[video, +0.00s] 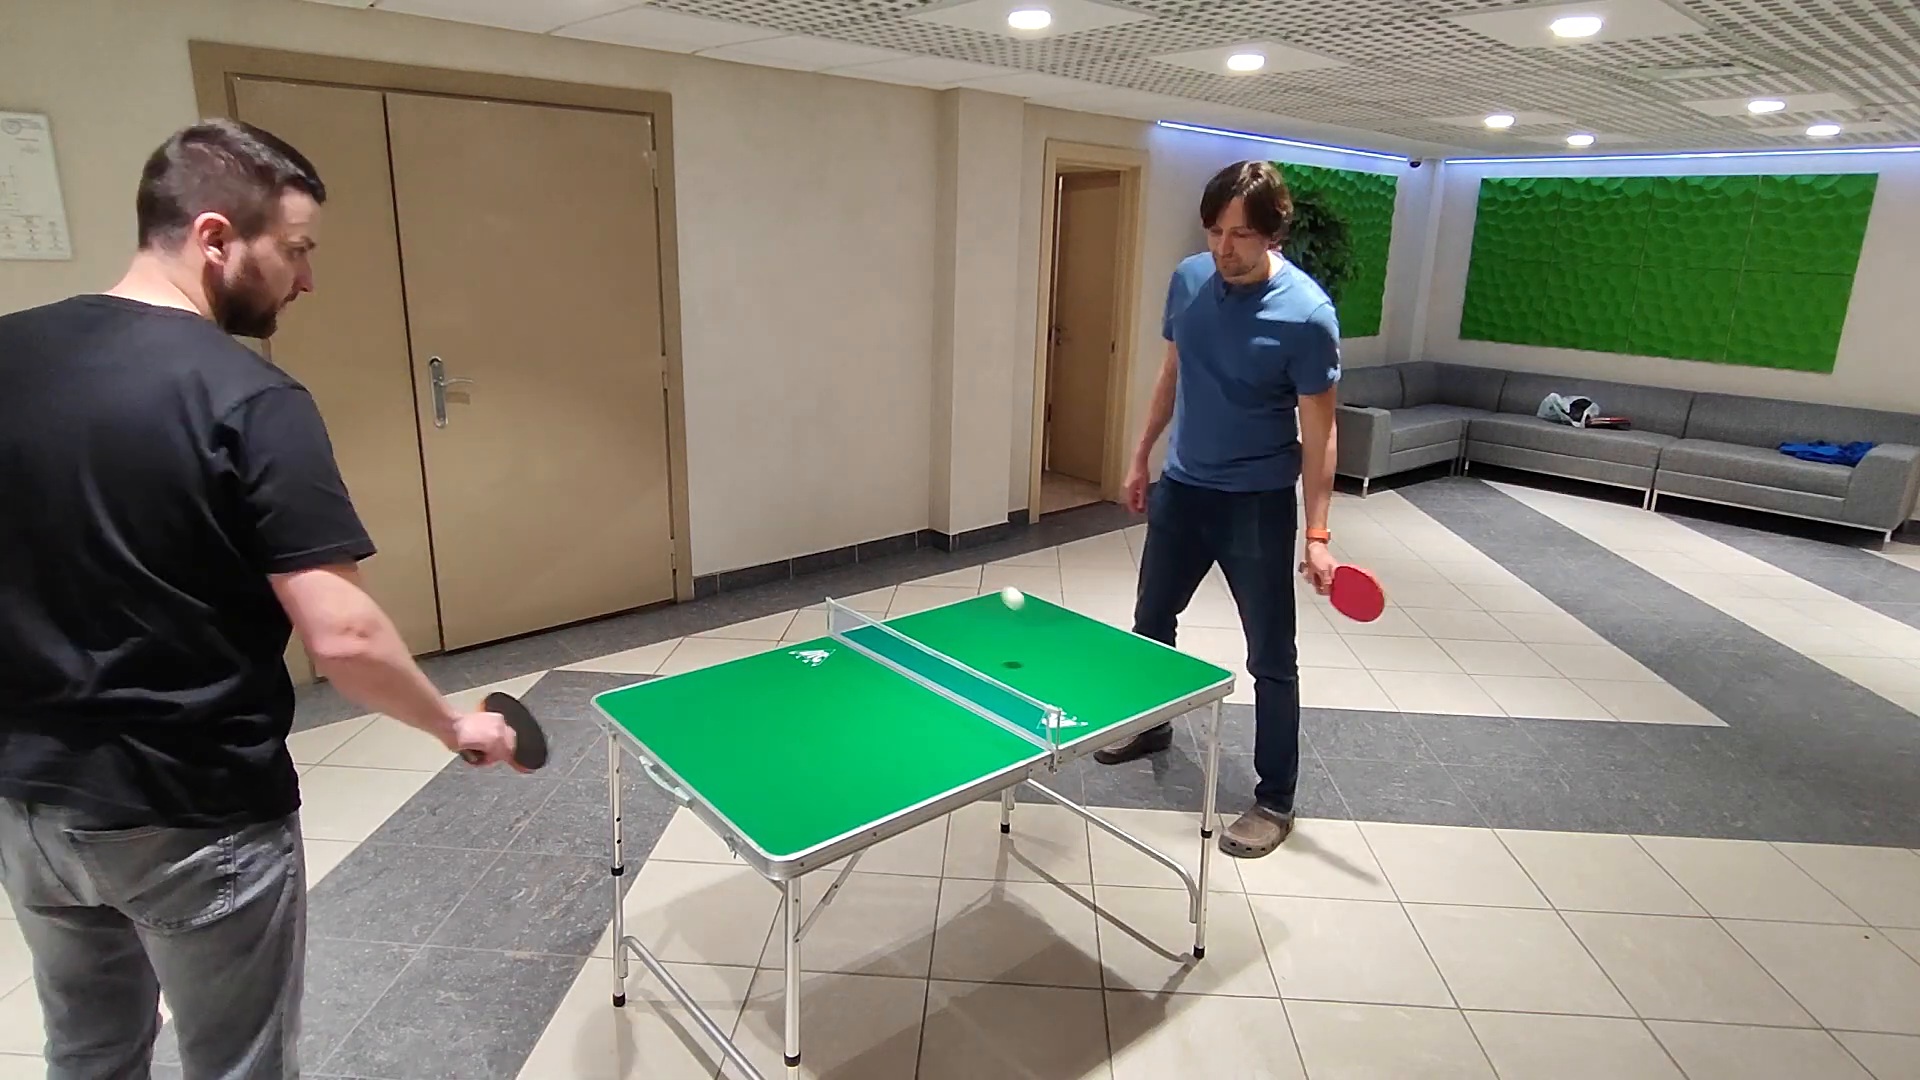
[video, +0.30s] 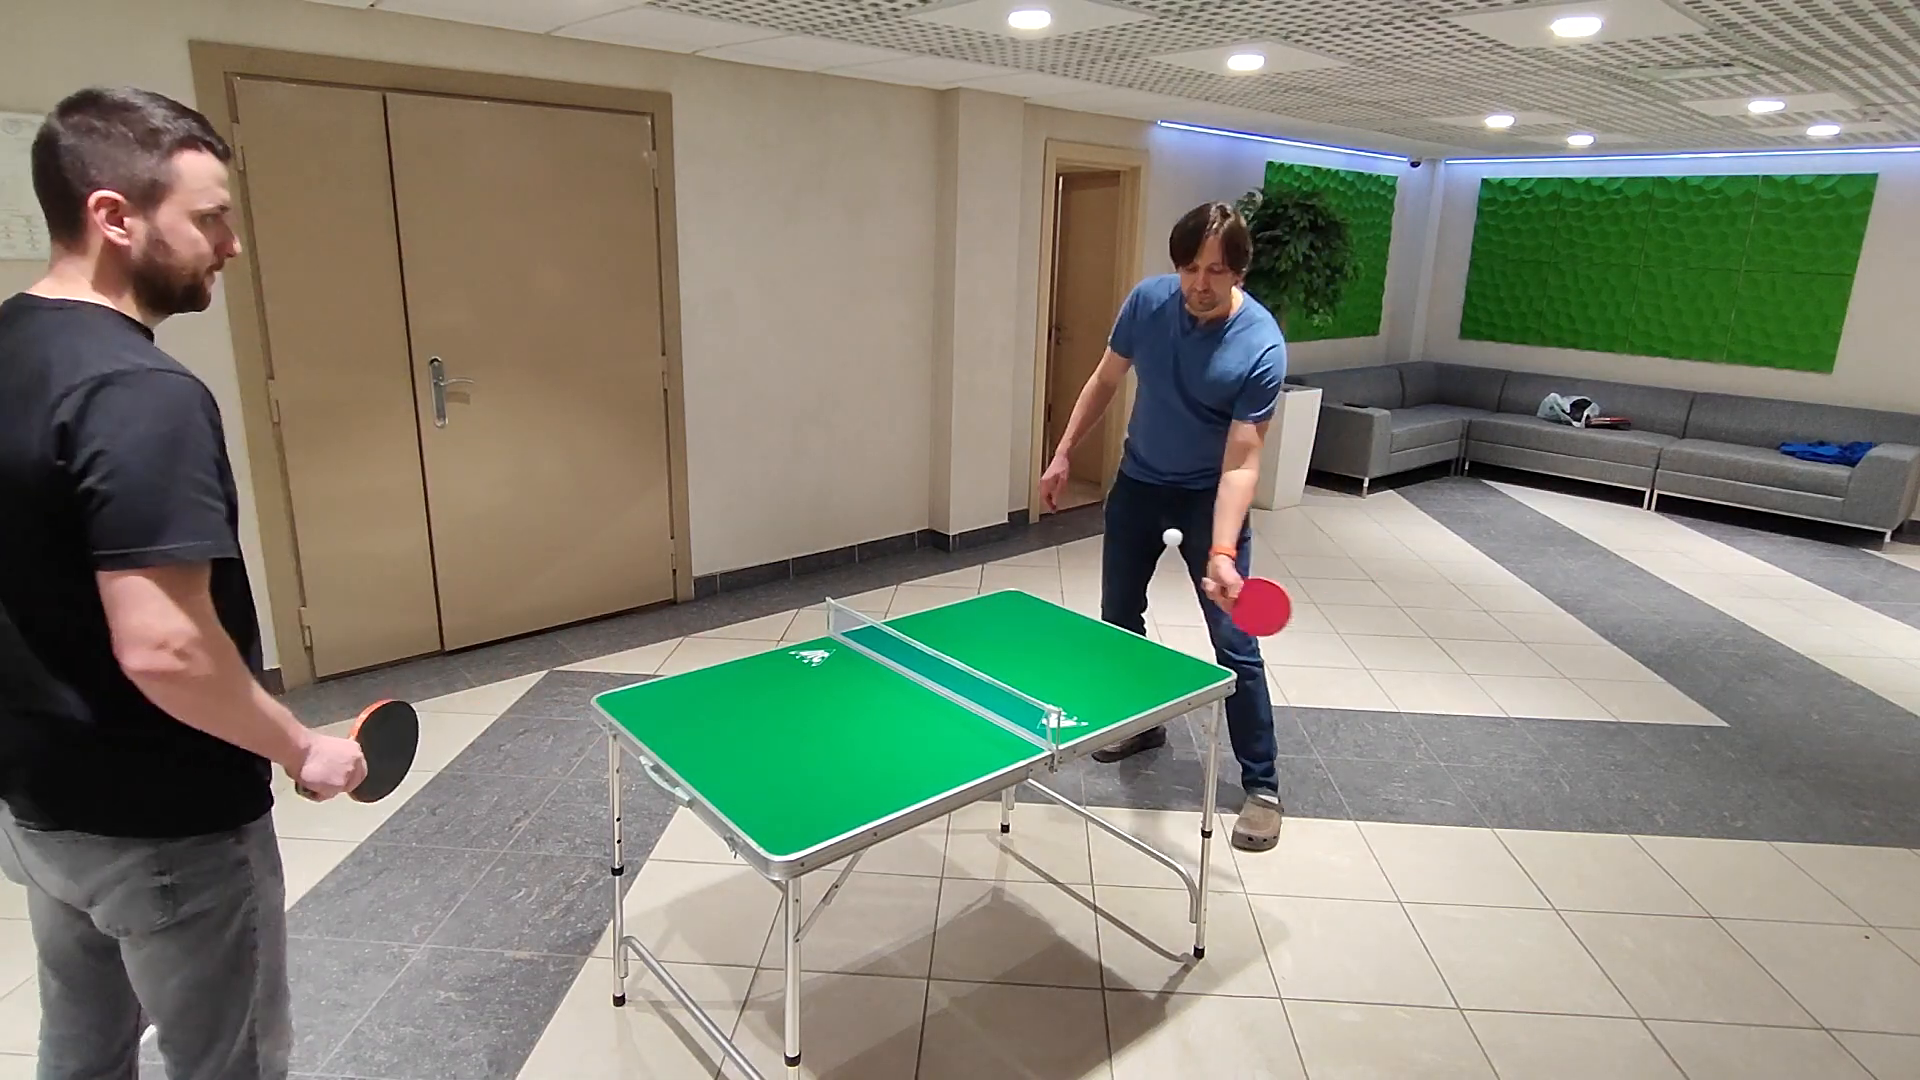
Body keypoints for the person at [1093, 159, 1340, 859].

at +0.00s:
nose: (1225, 247)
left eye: (1241, 235)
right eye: (1216, 232)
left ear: (1275, 233)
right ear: (1206, 226)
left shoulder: (1307, 316)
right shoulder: (1189, 279)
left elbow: (1319, 434)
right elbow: (1173, 371)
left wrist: (1316, 533)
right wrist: (1141, 454)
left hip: (1260, 500)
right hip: (1183, 488)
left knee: (1271, 659)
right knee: (1151, 618)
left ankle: (1273, 803)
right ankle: (1146, 725)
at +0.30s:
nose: (1198, 284)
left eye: (1213, 273)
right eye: (1189, 269)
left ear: (1238, 271)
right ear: (1177, 262)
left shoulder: (1259, 351)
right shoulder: (1150, 301)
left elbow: (1242, 461)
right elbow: (1105, 379)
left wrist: (1222, 551)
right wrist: (1063, 453)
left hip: (1212, 498)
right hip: (1138, 484)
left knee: (1232, 641)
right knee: (1119, 611)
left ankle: (1261, 788)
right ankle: (1139, 720)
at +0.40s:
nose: (1193, 286)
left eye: (1208, 275)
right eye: (1184, 270)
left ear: (1233, 273)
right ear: (1172, 262)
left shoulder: (1250, 349)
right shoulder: (1147, 299)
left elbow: (1222, 454)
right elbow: (1104, 373)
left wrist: (1191, 525)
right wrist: (1061, 446)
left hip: (1208, 491)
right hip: (1135, 478)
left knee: (1224, 631)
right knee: (1115, 605)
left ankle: (1252, 778)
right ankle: (1138, 720)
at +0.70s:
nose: (1164, 244)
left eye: (1177, 232)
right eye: (1156, 232)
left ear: (1207, 234)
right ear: (1146, 231)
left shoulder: (1244, 308)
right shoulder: (1136, 284)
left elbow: (1237, 420)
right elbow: (1118, 369)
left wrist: (1192, 455)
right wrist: (1087, 437)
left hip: (1211, 484)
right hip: (1138, 473)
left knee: (1228, 629)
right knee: (1129, 608)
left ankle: (1245, 764)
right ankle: (1135, 717)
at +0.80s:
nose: (1158, 235)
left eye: (1171, 222)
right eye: (1149, 223)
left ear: (1202, 224)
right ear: (1143, 227)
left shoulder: (1247, 299)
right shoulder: (1139, 284)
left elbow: (1255, 411)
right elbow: (1125, 371)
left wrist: (1197, 455)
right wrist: (1096, 440)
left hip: (1217, 482)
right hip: (1146, 473)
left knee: (1230, 631)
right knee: (1135, 610)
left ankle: (1245, 762)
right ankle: (1137, 722)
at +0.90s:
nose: (1159, 229)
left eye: (1172, 216)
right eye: (1152, 218)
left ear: (1205, 218)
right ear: (1146, 222)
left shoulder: (1253, 293)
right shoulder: (1147, 283)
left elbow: (1268, 405)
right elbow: (1132, 372)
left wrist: (1205, 456)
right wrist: (1102, 454)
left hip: (1223, 483)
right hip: (1150, 474)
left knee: (1235, 634)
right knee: (1139, 610)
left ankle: (1246, 763)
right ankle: (1140, 720)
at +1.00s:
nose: (1171, 220)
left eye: (1184, 208)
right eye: (1163, 210)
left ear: (1216, 212)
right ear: (1156, 217)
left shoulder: (1263, 288)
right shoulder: (1152, 282)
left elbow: (1280, 400)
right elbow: (1138, 379)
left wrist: (1217, 456)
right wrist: (1112, 460)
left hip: (1231, 482)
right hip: (1156, 476)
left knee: (1240, 637)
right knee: (1144, 612)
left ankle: (1245, 764)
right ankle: (1141, 725)